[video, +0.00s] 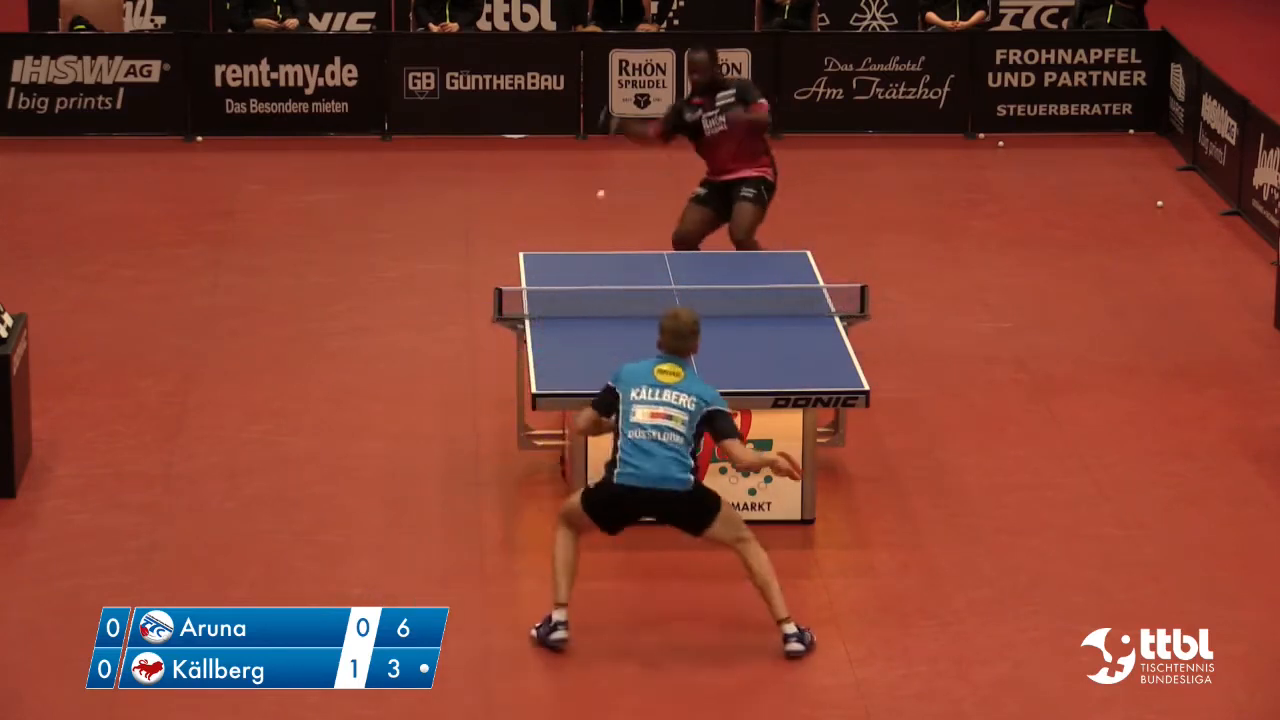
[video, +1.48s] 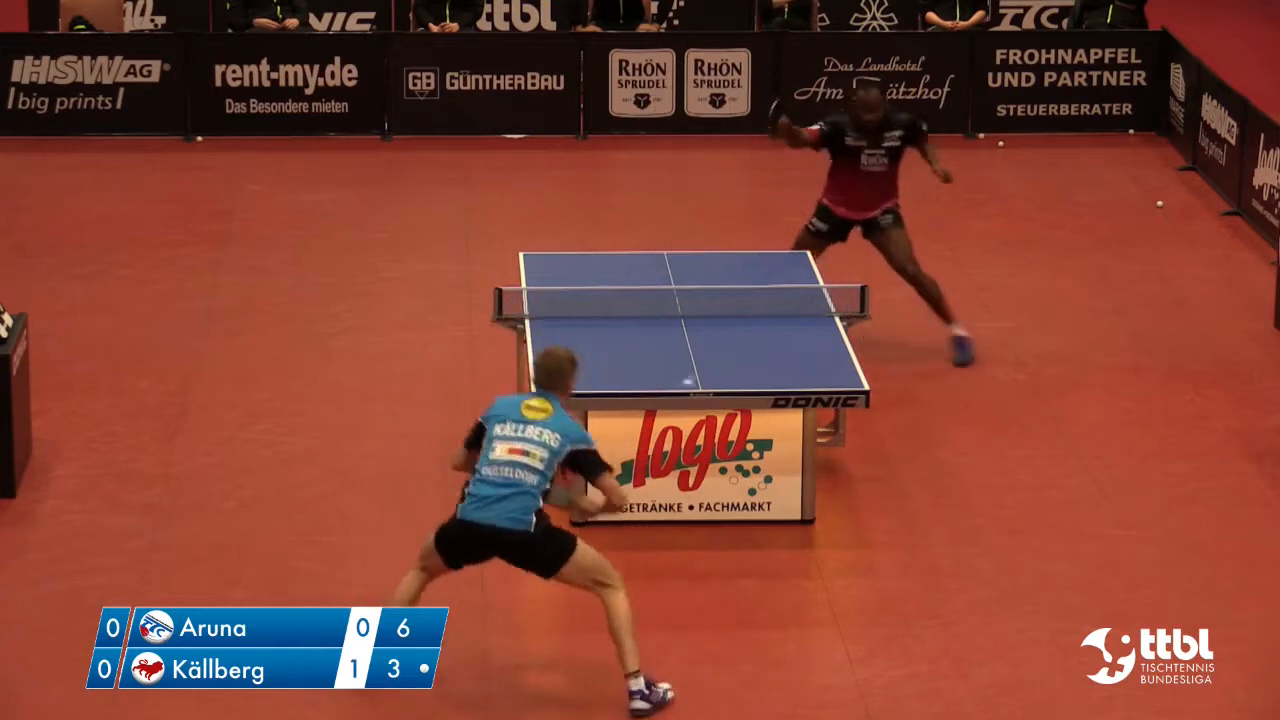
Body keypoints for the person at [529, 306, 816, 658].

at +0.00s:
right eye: (694, 339)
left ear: (658, 342)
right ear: (695, 347)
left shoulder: (627, 376)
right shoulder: (705, 394)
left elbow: (583, 425)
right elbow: (740, 458)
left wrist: (617, 420)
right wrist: (769, 460)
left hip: (622, 490)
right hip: (679, 493)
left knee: (568, 521)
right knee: (745, 541)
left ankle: (558, 620)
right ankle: (789, 630)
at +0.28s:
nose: (680, 356)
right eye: (681, 351)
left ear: (643, 345)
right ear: (678, 357)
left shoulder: (609, 370)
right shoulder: (659, 403)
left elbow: (593, 431)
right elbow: (656, 479)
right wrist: (691, 528)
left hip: (538, 473)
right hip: (584, 485)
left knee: (497, 521)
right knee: (676, 533)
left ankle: (439, 590)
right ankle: (645, 641)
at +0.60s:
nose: (607, 432)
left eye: (606, 424)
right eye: (607, 426)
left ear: (573, 416)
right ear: (595, 431)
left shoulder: (554, 435)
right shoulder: (541, 472)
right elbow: (487, 527)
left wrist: (561, 481)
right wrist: (481, 587)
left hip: (455, 518)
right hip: (484, 536)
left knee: (424, 587)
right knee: (592, 551)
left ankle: (354, 623)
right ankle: (634, 651)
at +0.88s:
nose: (534, 348)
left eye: (527, 340)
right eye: (532, 342)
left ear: (492, 341)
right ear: (529, 346)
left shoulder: (457, 380)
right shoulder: (534, 386)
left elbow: (413, 428)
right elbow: (587, 356)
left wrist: (429, 412)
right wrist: (551, 315)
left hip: (437, 509)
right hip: (491, 515)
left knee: (393, 553)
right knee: (588, 551)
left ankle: (340, 623)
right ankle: (633, 648)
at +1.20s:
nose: (510, 343)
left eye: (509, 337)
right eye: (509, 339)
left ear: (467, 342)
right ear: (504, 344)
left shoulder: (437, 383)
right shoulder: (519, 392)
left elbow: (402, 446)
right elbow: (576, 433)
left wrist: (425, 429)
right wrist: (577, 390)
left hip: (436, 505)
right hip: (492, 509)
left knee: (383, 551)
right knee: (565, 562)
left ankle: (346, 637)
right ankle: (585, 665)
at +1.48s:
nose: (574, 385)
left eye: (568, 378)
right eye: (573, 380)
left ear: (535, 378)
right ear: (569, 386)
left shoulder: (501, 406)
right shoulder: (570, 429)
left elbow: (462, 462)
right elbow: (617, 497)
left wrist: (504, 463)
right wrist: (589, 504)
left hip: (470, 525)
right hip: (523, 531)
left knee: (422, 570)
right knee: (610, 585)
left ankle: (381, 648)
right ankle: (638, 688)